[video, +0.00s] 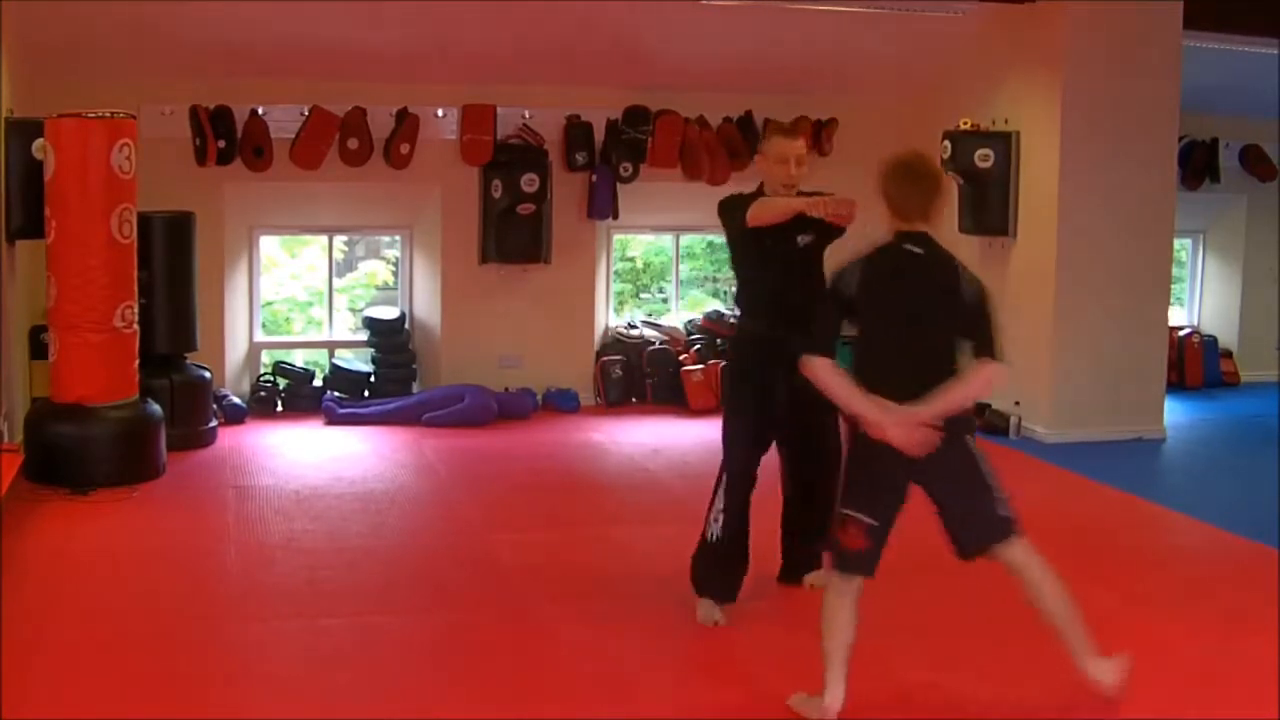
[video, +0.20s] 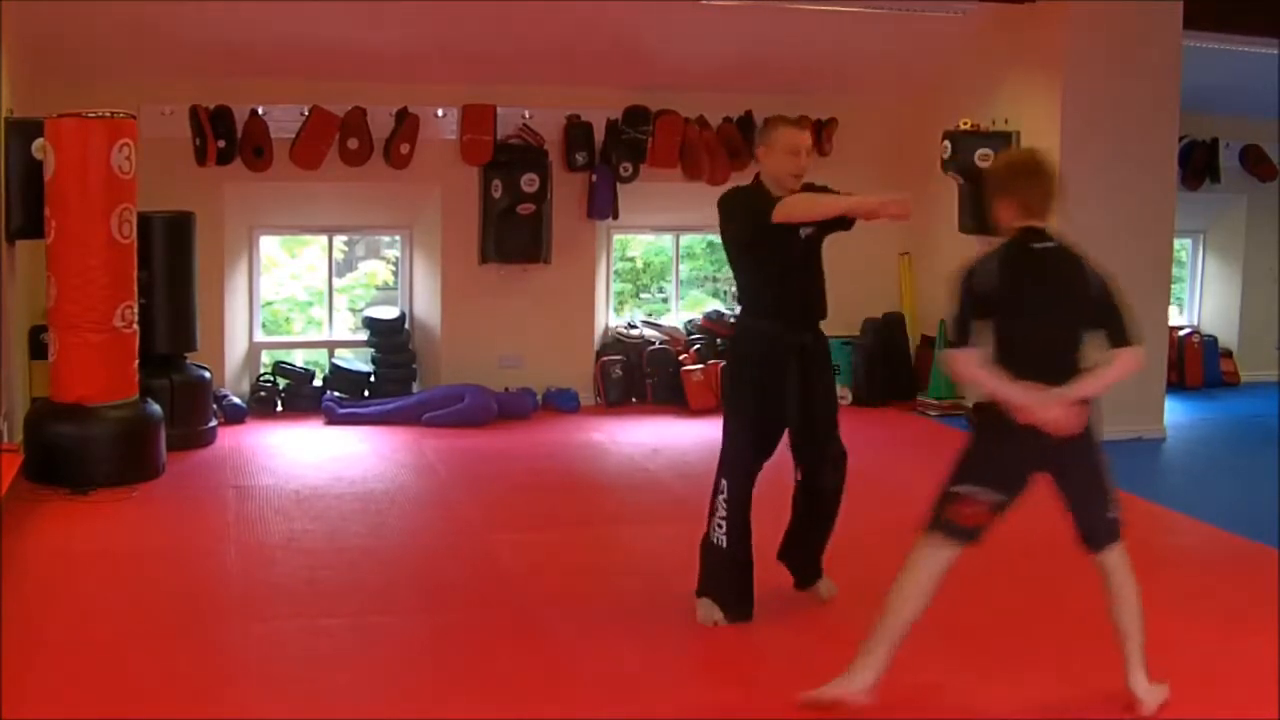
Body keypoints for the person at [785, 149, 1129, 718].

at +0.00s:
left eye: (890, 195)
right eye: (935, 195)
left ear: (885, 201)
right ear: (939, 201)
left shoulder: (853, 275)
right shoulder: (961, 279)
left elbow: (815, 363)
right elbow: (987, 371)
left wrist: (888, 423)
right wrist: (914, 415)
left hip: (872, 437)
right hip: (943, 436)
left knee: (844, 575)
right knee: (1015, 549)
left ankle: (832, 697)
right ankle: (1091, 664)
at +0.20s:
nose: (992, 209)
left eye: (993, 200)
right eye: (995, 199)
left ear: (1004, 205)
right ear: (1049, 202)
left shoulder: (985, 271)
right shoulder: (1082, 269)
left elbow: (964, 361)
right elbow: (1128, 355)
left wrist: (1031, 402)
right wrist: (1068, 394)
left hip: (1005, 428)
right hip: (1073, 427)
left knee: (937, 547)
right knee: (1111, 552)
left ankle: (864, 675)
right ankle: (1140, 680)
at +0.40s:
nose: (1075, 152)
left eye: (1078, 142)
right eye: (1077, 142)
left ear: (1093, 145)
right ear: (1127, 146)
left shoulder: (1079, 209)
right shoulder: (1159, 204)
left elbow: (1083, 300)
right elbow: (1216, 287)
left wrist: (1154, 336)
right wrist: (1169, 330)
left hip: (1104, 374)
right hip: (1161, 374)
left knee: (1071, 494)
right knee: (1159, 507)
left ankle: (1101, 640)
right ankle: (1183, 644)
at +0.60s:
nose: (1128, 175)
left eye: (1133, 164)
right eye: (1130, 164)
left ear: (1154, 166)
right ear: (1180, 165)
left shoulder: (1153, 231)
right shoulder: (1215, 222)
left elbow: (1167, 316)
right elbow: (1267, 302)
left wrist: (1224, 361)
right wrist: (1237, 352)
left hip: (1181, 393)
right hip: (1224, 389)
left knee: (1154, 516)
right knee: (1231, 499)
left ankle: (1208, 640)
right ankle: (1278, 601)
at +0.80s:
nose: (1156, 267)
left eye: (1161, 256)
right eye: (1156, 256)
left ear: (1188, 256)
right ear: (1196, 256)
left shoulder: (1205, 312)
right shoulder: (1241, 301)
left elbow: (1254, 382)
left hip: (1253, 458)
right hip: (1268, 456)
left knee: (1141, 529)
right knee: (1245, 518)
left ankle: (1218, 638)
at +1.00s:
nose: (1150, 326)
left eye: (1156, 315)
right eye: (1149, 316)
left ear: (1189, 316)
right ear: (1190, 317)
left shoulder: (1218, 359)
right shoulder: (1226, 350)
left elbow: (1274, 415)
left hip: (1267, 498)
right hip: (1265, 493)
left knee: (1163, 568)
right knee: (1256, 549)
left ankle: (1222, 697)